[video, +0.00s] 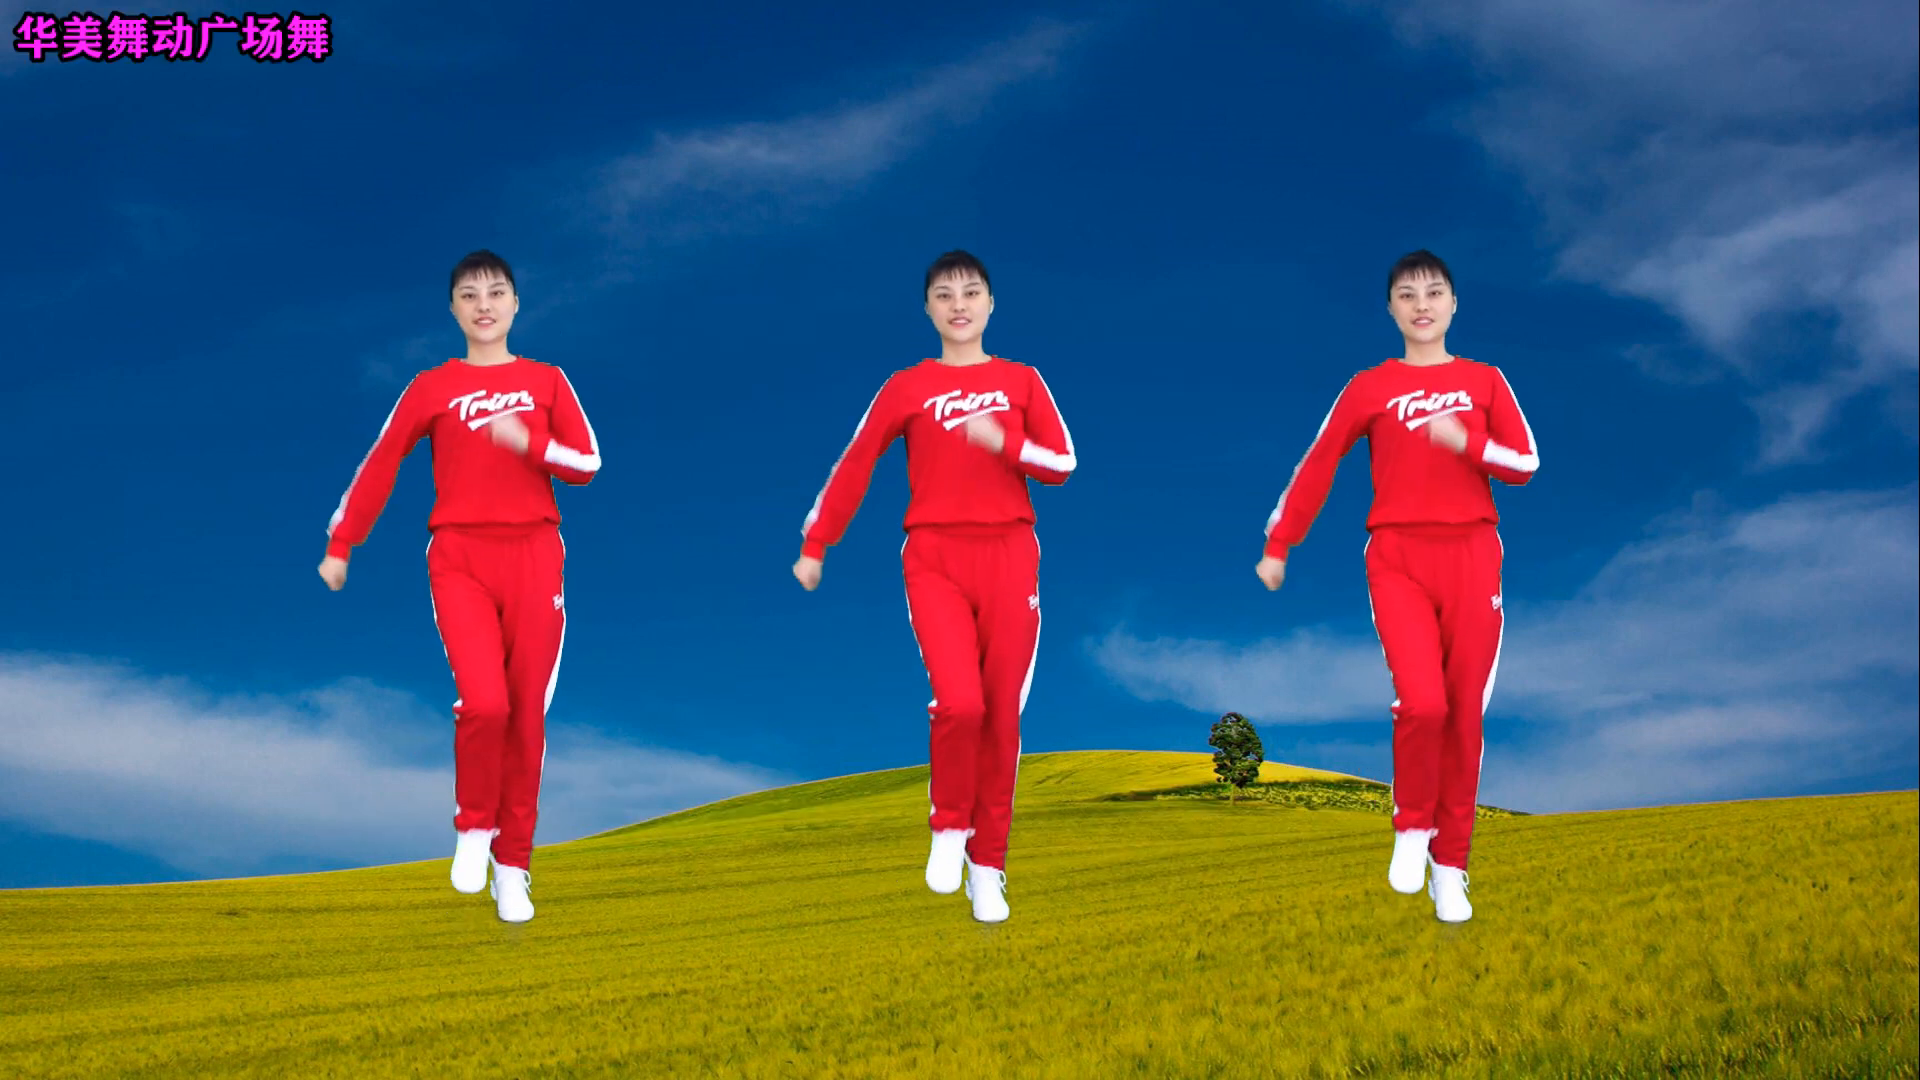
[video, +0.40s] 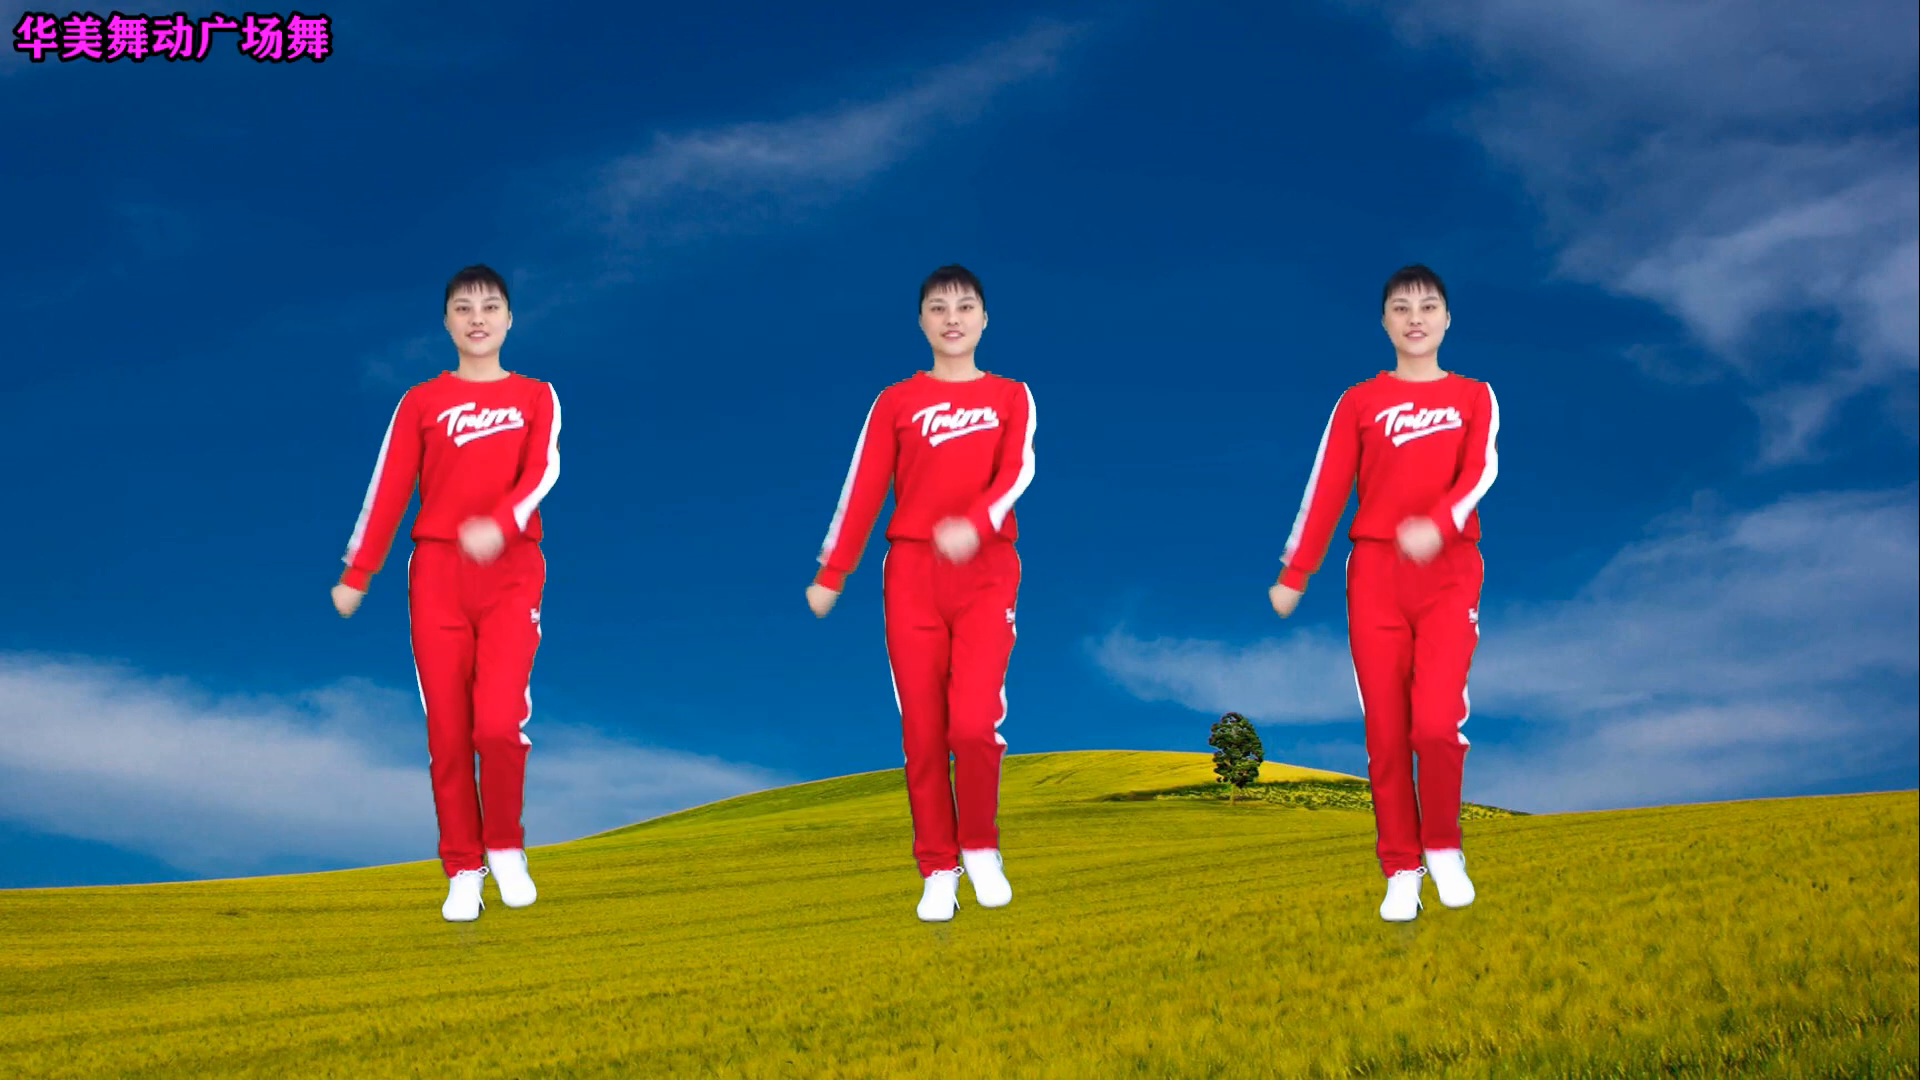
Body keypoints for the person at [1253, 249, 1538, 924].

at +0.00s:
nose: (1422, 304)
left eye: (1433, 294)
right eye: (1409, 295)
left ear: (1452, 303)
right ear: (1393, 308)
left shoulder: (1485, 381)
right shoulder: (1368, 388)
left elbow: (1524, 464)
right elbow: (1317, 464)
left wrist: (1468, 442)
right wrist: (1278, 545)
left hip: (1472, 555)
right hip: (1395, 556)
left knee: (1465, 711)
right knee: (1423, 705)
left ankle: (1452, 861)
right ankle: (1413, 827)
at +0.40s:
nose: (1416, 318)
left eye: (1427, 307)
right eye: (1403, 309)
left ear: (1446, 319)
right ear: (1386, 322)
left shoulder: (1474, 395)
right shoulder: (1358, 401)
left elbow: (1479, 475)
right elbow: (1326, 488)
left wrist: (1438, 522)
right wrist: (1296, 569)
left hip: (1449, 576)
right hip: (1374, 576)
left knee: (1437, 723)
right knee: (1384, 729)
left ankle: (1442, 849)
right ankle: (1400, 867)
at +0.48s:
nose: (1412, 326)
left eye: (1425, 316)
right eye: (1400, 317)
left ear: (1443, 328)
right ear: (1384, 330)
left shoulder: (1473, 406)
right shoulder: (1356, 410)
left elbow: (1478, 494)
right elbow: (1342, 497)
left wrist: (1472, 578)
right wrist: (1350, 576)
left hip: (1445, 580)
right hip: (1372, 581)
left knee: (1421, 720)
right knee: (1373, 734)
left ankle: (1439, 817)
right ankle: (1399, 866)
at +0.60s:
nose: (1411, 312)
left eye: (1423, 302)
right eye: (1398, 302)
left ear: (1441, 314)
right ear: (1381, 315)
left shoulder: (1471, 392)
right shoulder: (1352, 394)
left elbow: (1508, 482)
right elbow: (1316, 469)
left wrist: (1528, 571)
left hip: (1448, 567)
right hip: (1373, 567)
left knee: (1417, 706)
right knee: (1375, 722)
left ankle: (1436, 810)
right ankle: (1402, 864)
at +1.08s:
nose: (1419, 317)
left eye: (1431, 307)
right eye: (1406, 308)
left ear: (1449, 320)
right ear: (1389, 322)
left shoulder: (1479, 398)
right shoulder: (1365, 402)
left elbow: (1518, 487)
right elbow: (1356, 488)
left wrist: (1553, 572)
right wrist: (1379, 556)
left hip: (1469, 573)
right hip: (1393, 573)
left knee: (1461, 725)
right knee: (1407, 721)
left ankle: (1445, 868)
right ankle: (1407, 842)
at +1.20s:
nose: (1420, 326)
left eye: (1432, 315)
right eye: (1407, 317)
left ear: (1451, 328)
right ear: (1391, 332)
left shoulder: (1481, 408)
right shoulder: (1367, 411)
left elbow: (1496, 498)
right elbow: (1348, 507)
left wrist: (1483, 574)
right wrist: (1337, 595)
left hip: (1470, 582)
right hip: (1395, 581)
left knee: (1470, 726)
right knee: (1425, 703)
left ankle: (1445, 868)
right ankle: (1412, 807)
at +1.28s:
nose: (1420, 315)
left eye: (1431, 304)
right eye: (1407, 306)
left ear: (1450, 315)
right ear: (1391, 321)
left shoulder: (1481, 393)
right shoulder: (1365, 401)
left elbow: (1504, 471)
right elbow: (1329, 488)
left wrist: (1452, 496)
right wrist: (1304, 571)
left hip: (1470, 573)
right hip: (1395, 571)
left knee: (1466, 718)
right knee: (1425, 696)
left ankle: (1446, 868)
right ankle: (1415, 807)